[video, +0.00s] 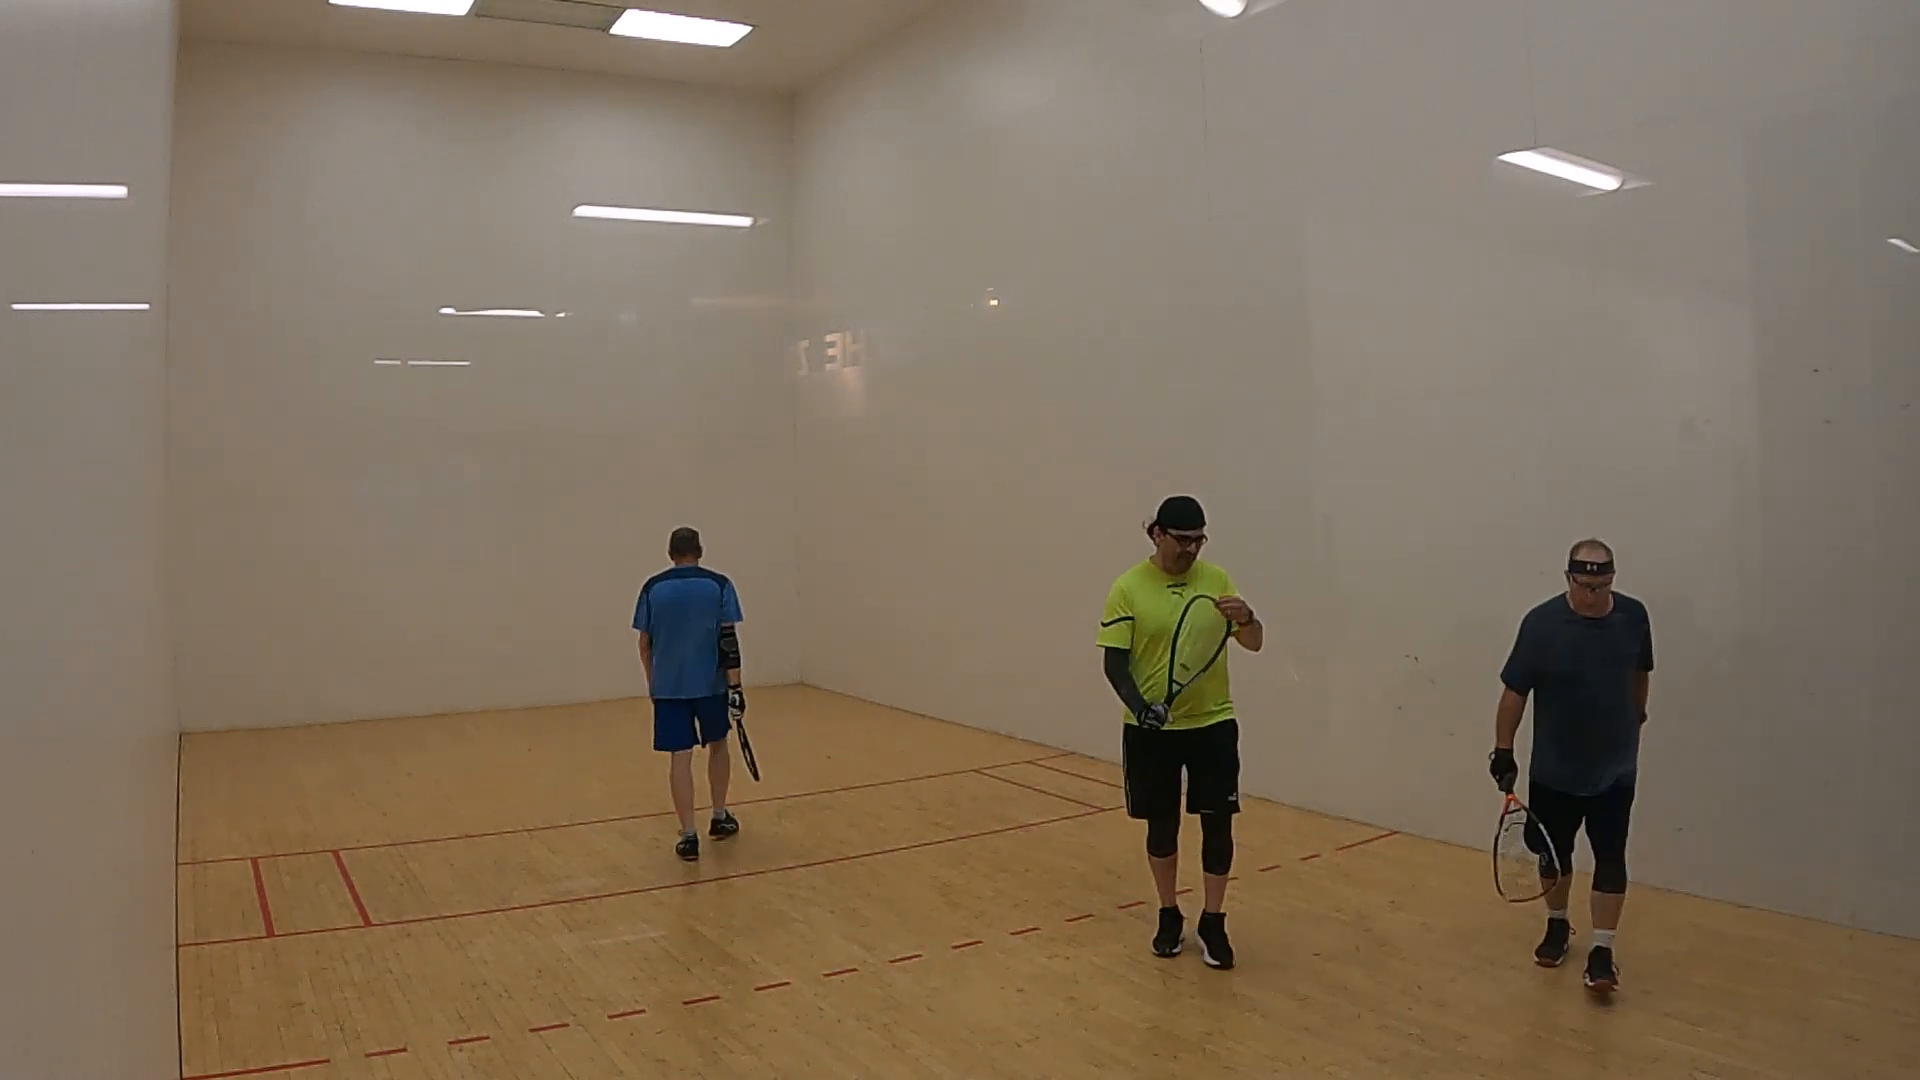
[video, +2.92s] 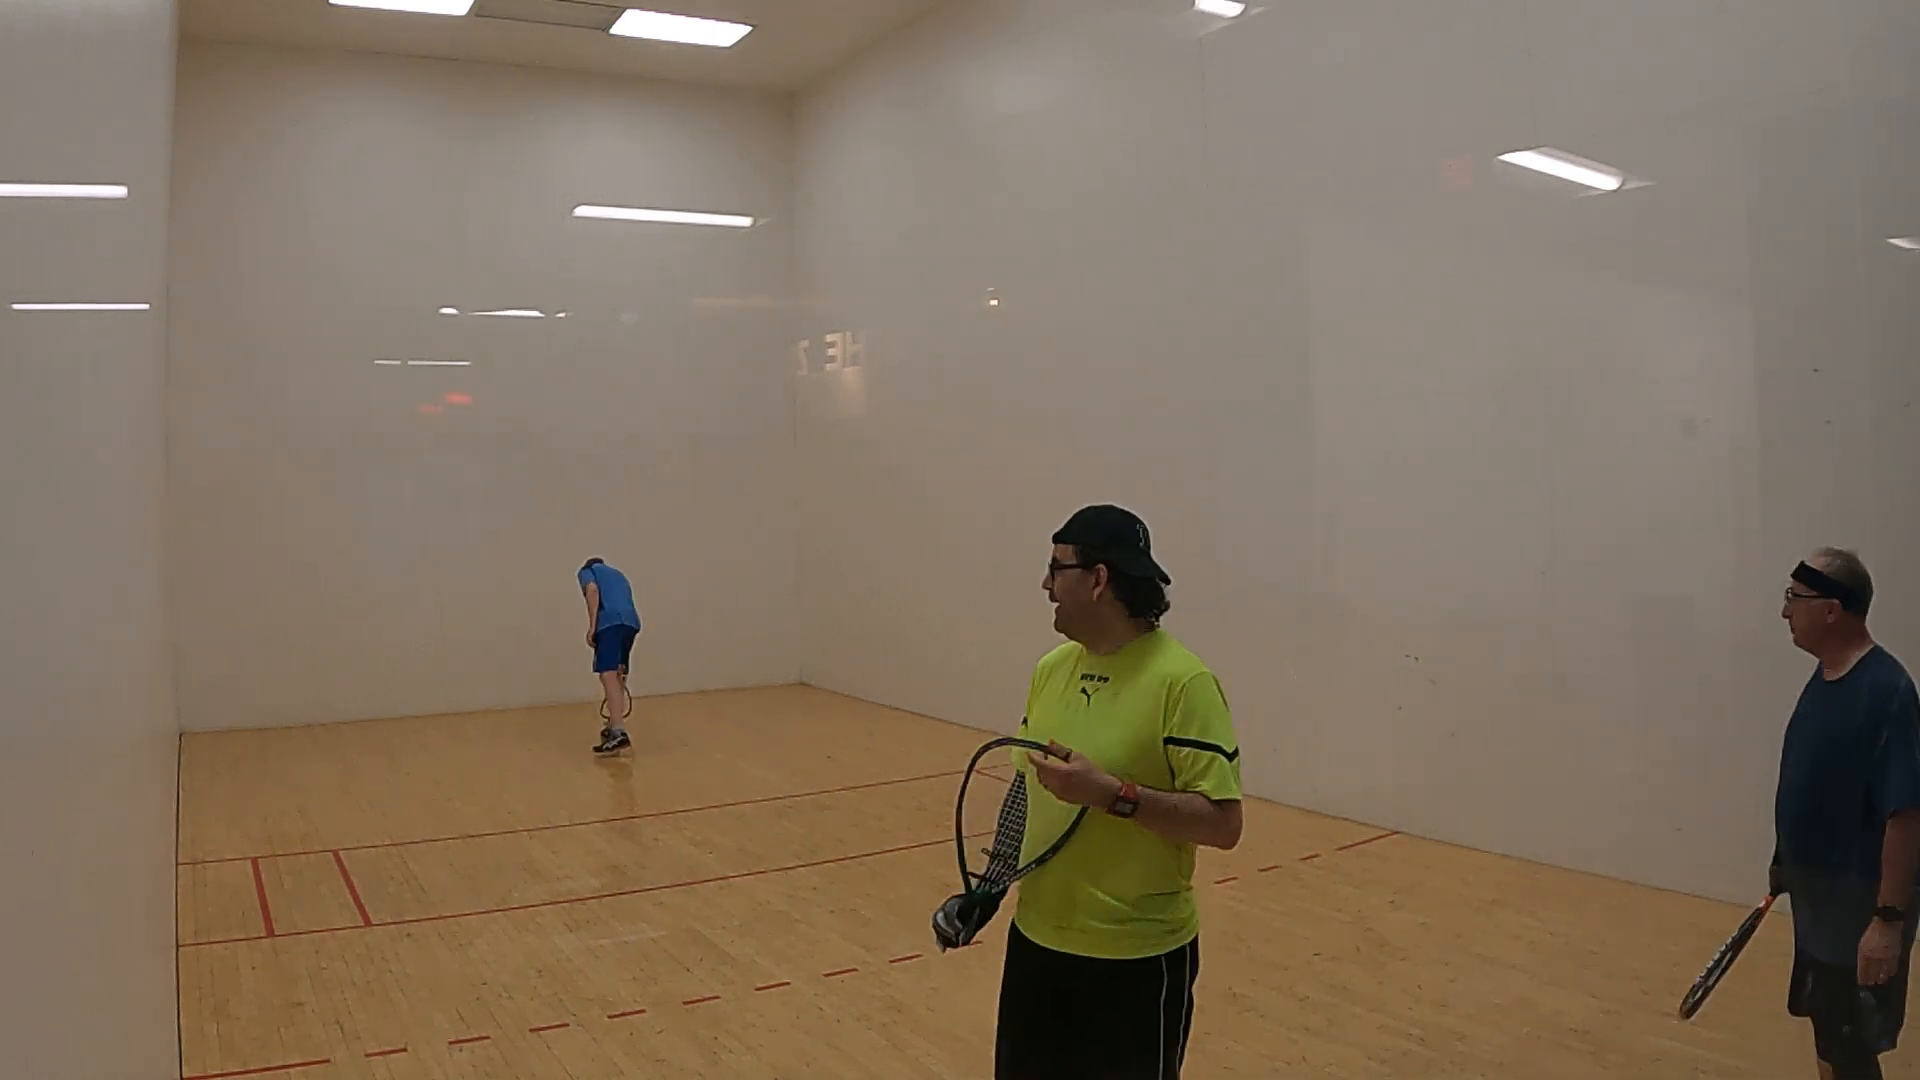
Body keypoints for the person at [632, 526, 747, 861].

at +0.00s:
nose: (688, 560)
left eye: (677, 554)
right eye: (696, 554)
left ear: (670, 555)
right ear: (701, 553)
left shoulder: (653, 587)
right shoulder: (720, 585)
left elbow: (644, 643)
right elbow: (729, 641)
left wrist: (652, 684)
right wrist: (735, 688)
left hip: (669, 689)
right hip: (710, 687)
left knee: (680, 758)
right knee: (718, 747)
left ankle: (688, 836)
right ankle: (719, 816)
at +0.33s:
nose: (700, 555)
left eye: (690, 548)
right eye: (709, 550)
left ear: (684, 548)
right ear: (713, 550)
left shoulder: (666, 579)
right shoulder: (730, 579)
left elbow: (657, 631)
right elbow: (738, 632)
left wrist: (658, 673)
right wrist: (745, 676)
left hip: (680, 675)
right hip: (718, 675)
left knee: (676, 737)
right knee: (717, 737)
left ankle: (685, 788)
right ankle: (715, 807)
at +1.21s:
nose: (675, 551)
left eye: (669, 546)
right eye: (683, 546)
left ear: (664, 546)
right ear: (689, 545)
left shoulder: (651, 574)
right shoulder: (706, 571)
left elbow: (642, 618)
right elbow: (715, 613)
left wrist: (645, 649)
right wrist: (720, 648)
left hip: (667, 658)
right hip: (700, 655)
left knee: (676, 715)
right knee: (699, 708)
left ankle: (687, 779)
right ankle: (701, 761)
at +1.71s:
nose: (663, 544)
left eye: (659, 539)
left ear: (655, 540)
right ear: (679, 539)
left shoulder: (643, 565)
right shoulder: (697, 563)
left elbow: (637, 609)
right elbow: (709, 605)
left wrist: (632, 647)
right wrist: (714, 638)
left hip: (655, 646)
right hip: (688, 645)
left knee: (648, 692)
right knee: (690, 699)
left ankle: (655, 751)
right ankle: (694, 759)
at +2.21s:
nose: (624, 544)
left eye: (620, 540)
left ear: (617, 540)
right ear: (639, 538)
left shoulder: (610, 565)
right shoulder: (658, 560)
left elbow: (606, 604)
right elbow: (667, 599)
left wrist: (599, 638)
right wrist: (668, 631)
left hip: (624, 640)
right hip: (652, 638)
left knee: (630, 690)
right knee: (653, 681)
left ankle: (642, 747)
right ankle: (663, 726)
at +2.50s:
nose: (607, 554)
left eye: (605, 550)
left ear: (603, 550)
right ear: (624, 548)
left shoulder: (600, 569)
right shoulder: (642, 568)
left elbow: (596, 606)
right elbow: (651, 606)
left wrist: (585, 634)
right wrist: (651, 636)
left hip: (614, 639)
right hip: (639, 637)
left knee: (625, 689)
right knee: (627, 683)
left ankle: (642, 744)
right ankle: (618, 719)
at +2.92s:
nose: (586, 573)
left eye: (585, 570)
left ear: (588, 566)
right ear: (603, 564)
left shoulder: (587, 570)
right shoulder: (618, 574)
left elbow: (592, 590)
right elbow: (625, 606)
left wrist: (592, 626)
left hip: (610, 621)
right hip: (631, 622)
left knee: (607, 674)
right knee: (619, 674)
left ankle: (617, 730)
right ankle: (615, 723)